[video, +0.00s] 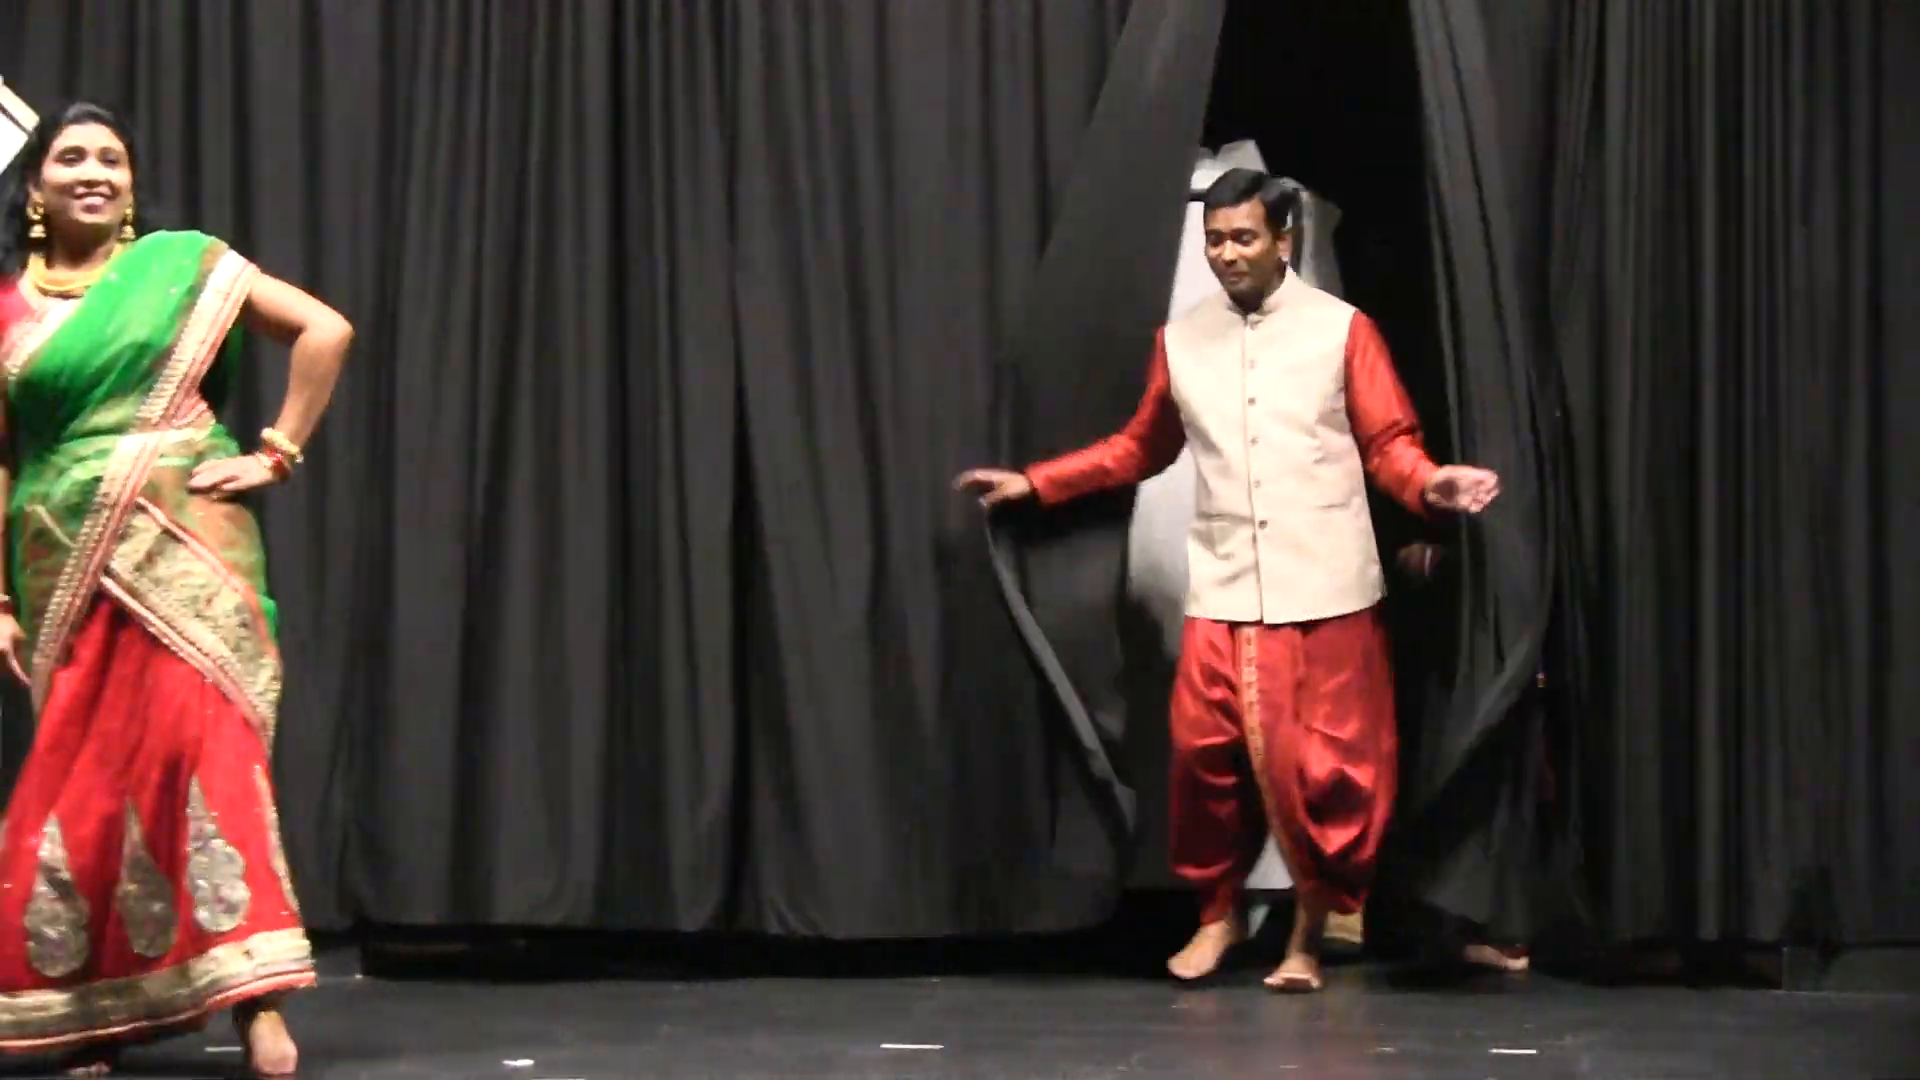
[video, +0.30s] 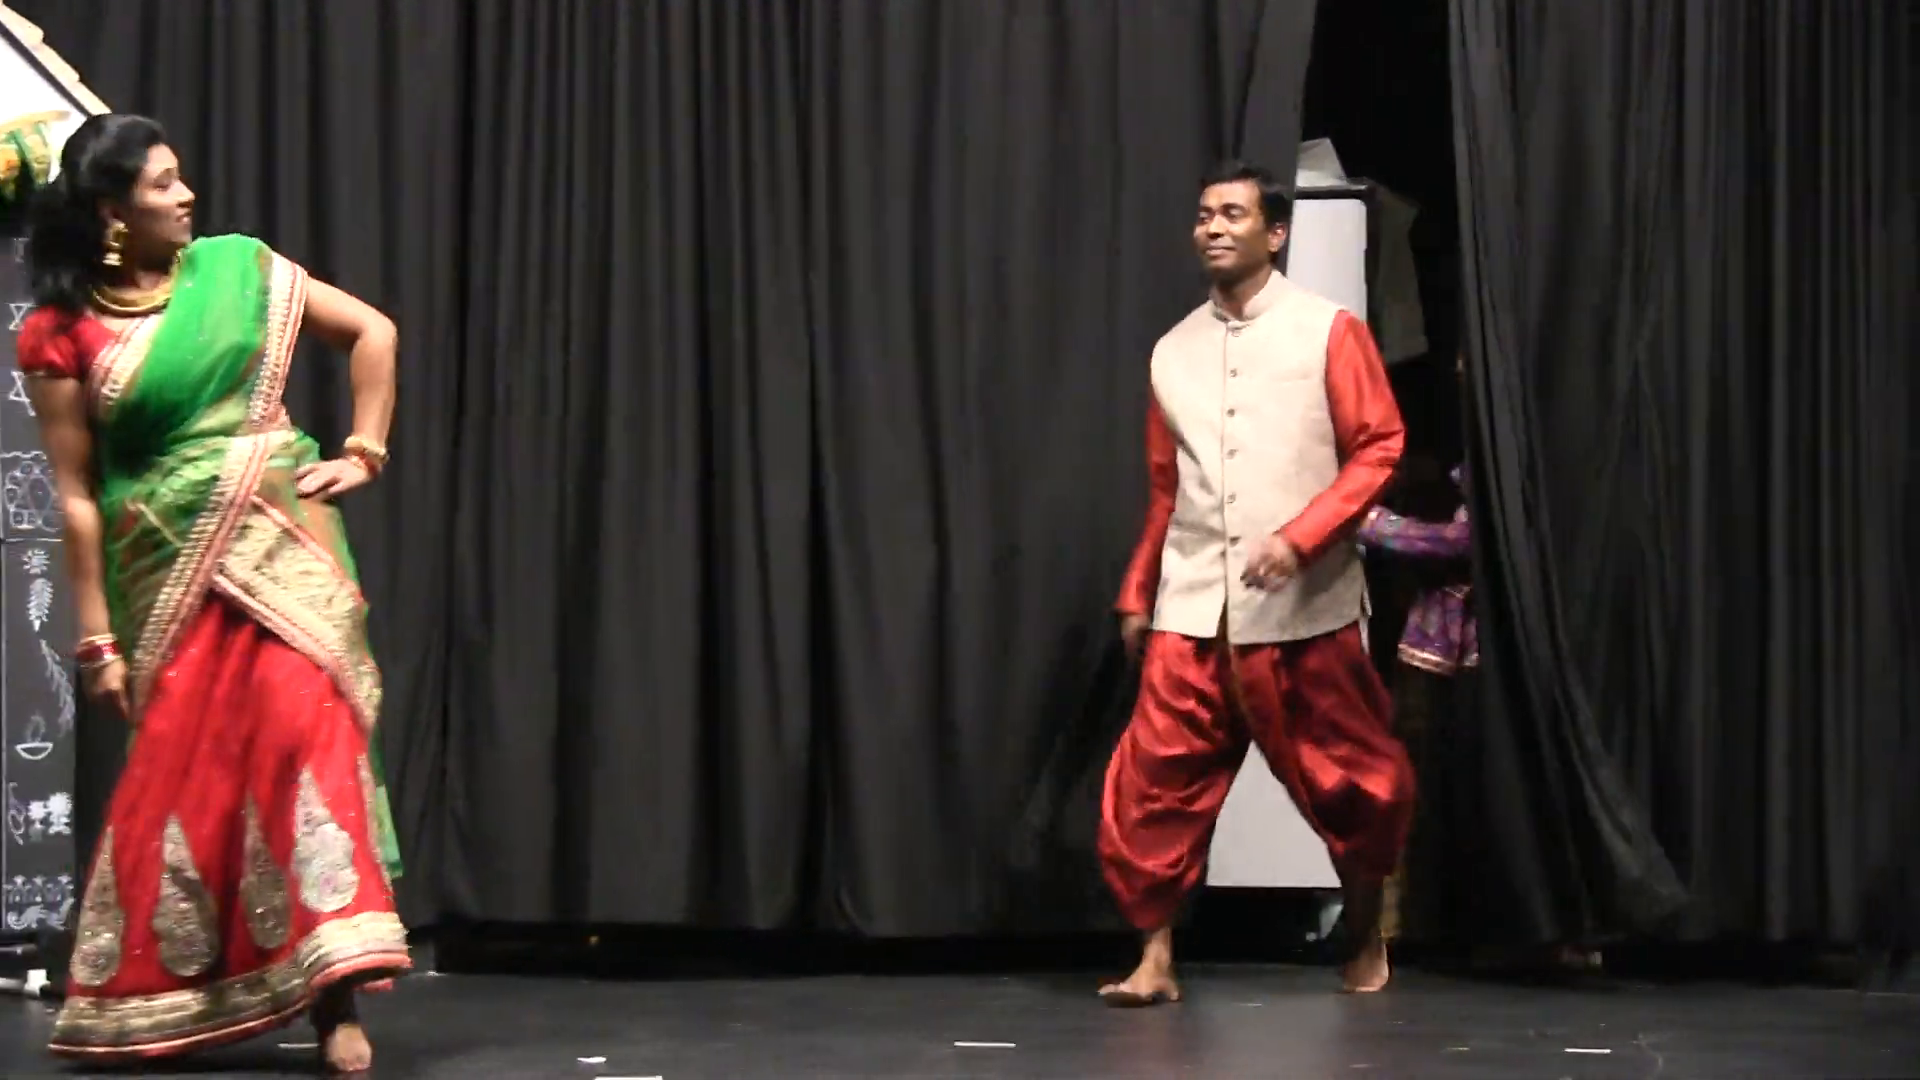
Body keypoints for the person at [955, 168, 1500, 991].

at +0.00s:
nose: (1228, 254)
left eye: (1242, 239)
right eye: (1216, 241)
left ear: (1283, 238)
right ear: (1206, 246)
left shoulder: (1343, 329)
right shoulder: (1182, 340)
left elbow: (1390, 440)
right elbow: (1141, 449)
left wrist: (1428, 482)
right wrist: (1034, 482)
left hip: (1323, 585)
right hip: (1222, 586)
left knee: (1315, 765)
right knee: (1203, 753)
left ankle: (1304, 939)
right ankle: (1219, 919)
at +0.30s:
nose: (1213, 228)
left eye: (1231, 215)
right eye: (1205, 216)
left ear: (1274, 233)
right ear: (1193, 234)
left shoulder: (1330, 331)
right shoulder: (1174, 351)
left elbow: (1380, 449)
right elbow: (1165, 489)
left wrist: (1299, 537)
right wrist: (1138, 588)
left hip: (1301, 605)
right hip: (1192, 607)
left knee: (1353, 782)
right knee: (1156, 778)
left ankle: (1367, 935)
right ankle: (1155, 962)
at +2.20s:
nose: (1101, 165)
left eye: (1122, 150)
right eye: (1095, 153)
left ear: (1177, 170)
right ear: (1090, 174)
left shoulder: (1244, 286)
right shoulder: (1058, 299)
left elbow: (1286, 429)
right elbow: (1012, 450)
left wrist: (1209, 533)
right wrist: (984, 583)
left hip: (1208, 593)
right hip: (1076, 595)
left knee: (1291, 776)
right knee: (1041, 789)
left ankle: (1343, 980)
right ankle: (1036, 974)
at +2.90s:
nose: (1079, 230)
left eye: (1096, 219)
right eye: (1080, 219)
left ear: (1140, 239)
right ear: (1080, 235)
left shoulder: (1184, 334)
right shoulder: (1045, 328)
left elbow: (1207, 450)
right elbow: (1007, 436)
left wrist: (1164, 560)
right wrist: (1039, 530)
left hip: (1158, 571)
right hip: (1062, 573)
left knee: (1221, 720)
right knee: (1031, 724)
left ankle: (1244, 875)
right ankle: (1011, 872)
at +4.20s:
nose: (1061, 258)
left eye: (1075, 250)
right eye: (1052, 248)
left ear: (1096, 266)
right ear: (1036, 261)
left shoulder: (1128, 340)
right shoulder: (1000, 346)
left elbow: (1164, 429)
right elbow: (959, 439)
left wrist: (1129, 492)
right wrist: (970, 523)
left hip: (1119, 541)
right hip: (1036, 546)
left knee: (1113, 665)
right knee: (1037, 688)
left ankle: (1108, 816)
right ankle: (1055, 821)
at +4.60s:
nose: (1056, 374)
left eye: (1068, 364)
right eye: (1044, 364)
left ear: (1090, 379)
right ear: (1028, 379)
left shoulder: (1130, 455)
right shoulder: (1000, 469)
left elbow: (1157, 551)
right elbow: (985, 572)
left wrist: (1115, 627)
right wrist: (1010, 639)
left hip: (1117, 630)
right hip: (1040, 642)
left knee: (1084, 698)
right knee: (1012, 776)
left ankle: (1089, 860)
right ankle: (1061, 850)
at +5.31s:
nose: (1076, 262)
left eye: (1088, 251)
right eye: (1065, 253)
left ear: (1111, 266)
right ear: (1049, 269)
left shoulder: (1142, 359)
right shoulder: (1010, 345)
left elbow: (1155, 469)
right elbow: (980, 451)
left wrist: (1120, 569)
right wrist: (983, 555)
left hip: (1105, 549)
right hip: (1025, 547)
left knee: (1097, 686)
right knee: (1027, 686)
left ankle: (1093, 845)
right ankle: (1051, 808)